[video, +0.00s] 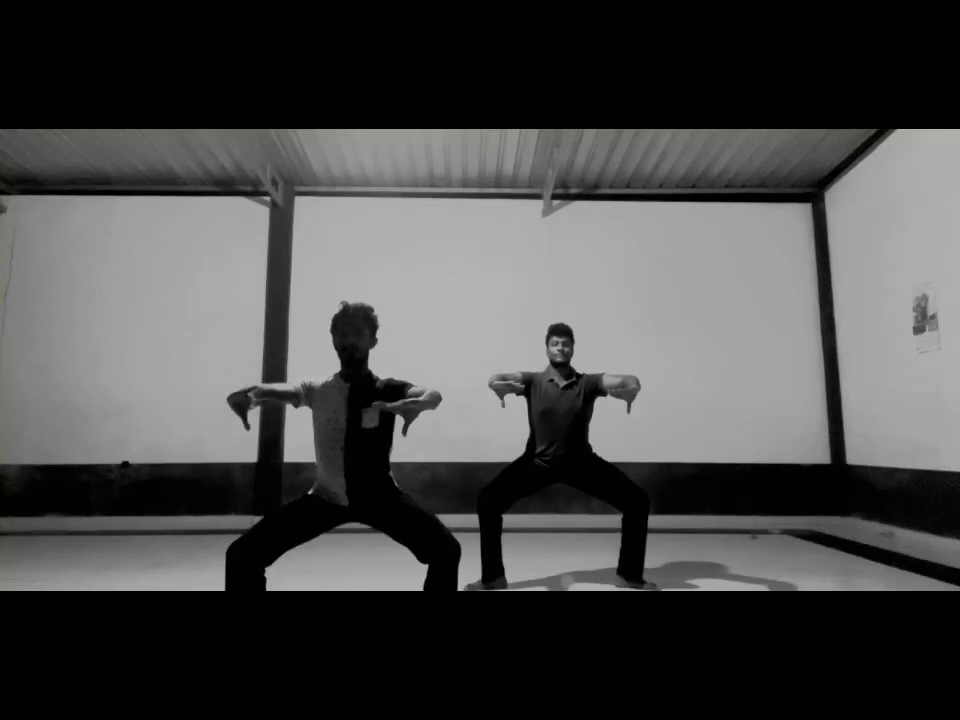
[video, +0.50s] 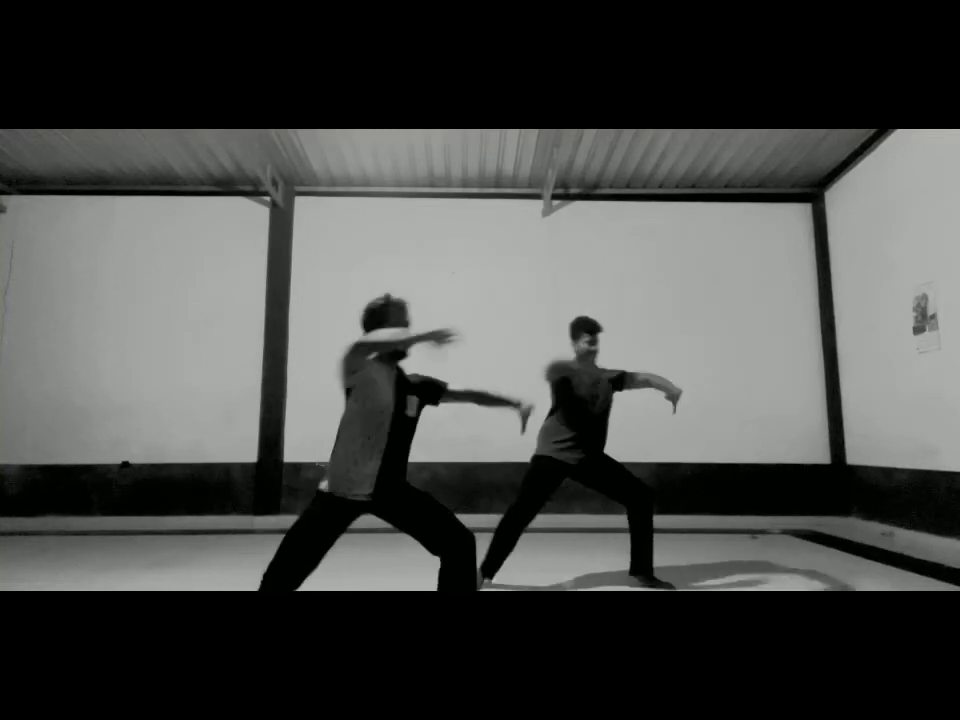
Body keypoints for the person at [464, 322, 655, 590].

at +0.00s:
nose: (560, 348)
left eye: (566, 344)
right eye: (555, 344)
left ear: (572, 349)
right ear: (547, 348)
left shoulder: (587, 382)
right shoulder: (533, 380)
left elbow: (627, 381)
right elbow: (494, 380)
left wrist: (631, 389)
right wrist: (502, 387)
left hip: (580, 462)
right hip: (537, 463)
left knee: (636, 501)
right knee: (489, 500)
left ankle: (630, 575)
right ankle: (493, 578)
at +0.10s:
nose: (560, 347)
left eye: (565, 343)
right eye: (554, 343)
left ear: (572, 347)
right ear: (546, 347)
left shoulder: (587, 381)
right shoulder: (532, 379)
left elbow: (626, 381)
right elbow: (495, 379)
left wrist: (630, 389)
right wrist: (501, 386)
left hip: (579, 461)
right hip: (537, 462)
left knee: (635, 501)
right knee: (489, 500)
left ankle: (630, 575)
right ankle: (492, 578)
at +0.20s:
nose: (561, 345)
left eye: (566, 340)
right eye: (555, 340)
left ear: (572, 343)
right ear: (546, 343)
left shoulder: (586, 377)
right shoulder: (532, 375)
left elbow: (627, 378)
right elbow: (498, 376)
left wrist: (631, 387)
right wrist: (500, 386)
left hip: (578, 458)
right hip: (537, 459)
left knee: (635, 498)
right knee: (493, 501)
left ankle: (631, 572)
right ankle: (489, 576)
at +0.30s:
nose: (564, 344)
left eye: (568, 339)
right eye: (559, 340)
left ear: (575, 341)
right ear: (550, 342)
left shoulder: (590, 376)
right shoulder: (536, 373)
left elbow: (629, 375)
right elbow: (503, 376)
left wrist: (643, 385)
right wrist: (522, 393)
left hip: (581, 458)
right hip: (539, 459)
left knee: (637, 496)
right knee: (499, 510)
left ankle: (637, 570)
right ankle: (488, 578)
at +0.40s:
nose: (575, 349)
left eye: (578, 343)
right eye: (569, 344)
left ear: (584, 344)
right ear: (559, 345)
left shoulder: (599, 378)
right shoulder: (544, 377)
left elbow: (639, 376)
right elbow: (504, 376)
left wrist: (663, 386)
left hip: (586, 458)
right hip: (547, 459)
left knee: (639, 497)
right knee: (514, 513)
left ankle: (640, 571)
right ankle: (488, 574)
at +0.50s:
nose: (592, 342)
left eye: (595, 337)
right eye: (585, 338)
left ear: (599, 341)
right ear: (574, 342)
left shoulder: (607, 378)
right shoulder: (564, 370)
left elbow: (646, 378)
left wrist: (672, 390)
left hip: (589, 457)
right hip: (553, 455)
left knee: (640, 497)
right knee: (522, 511)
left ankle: (642, 572)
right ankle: (485, 574)